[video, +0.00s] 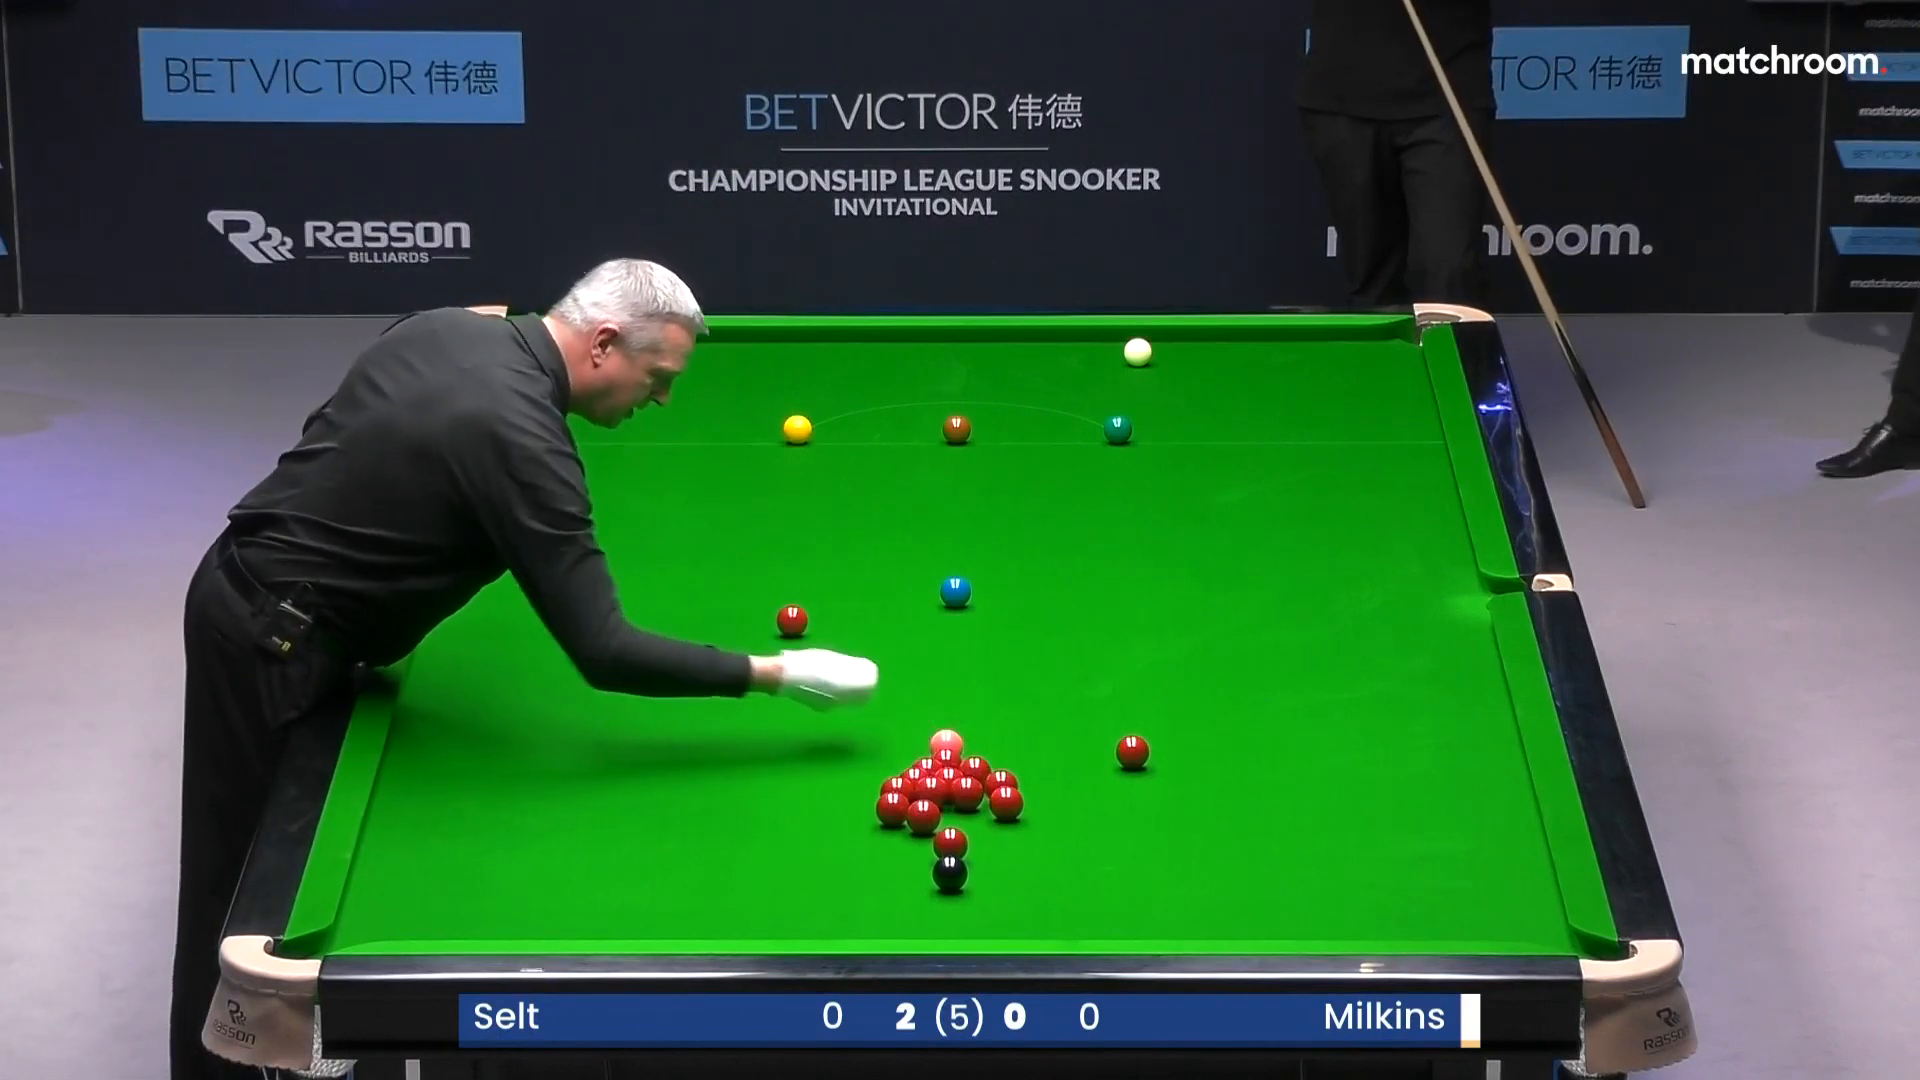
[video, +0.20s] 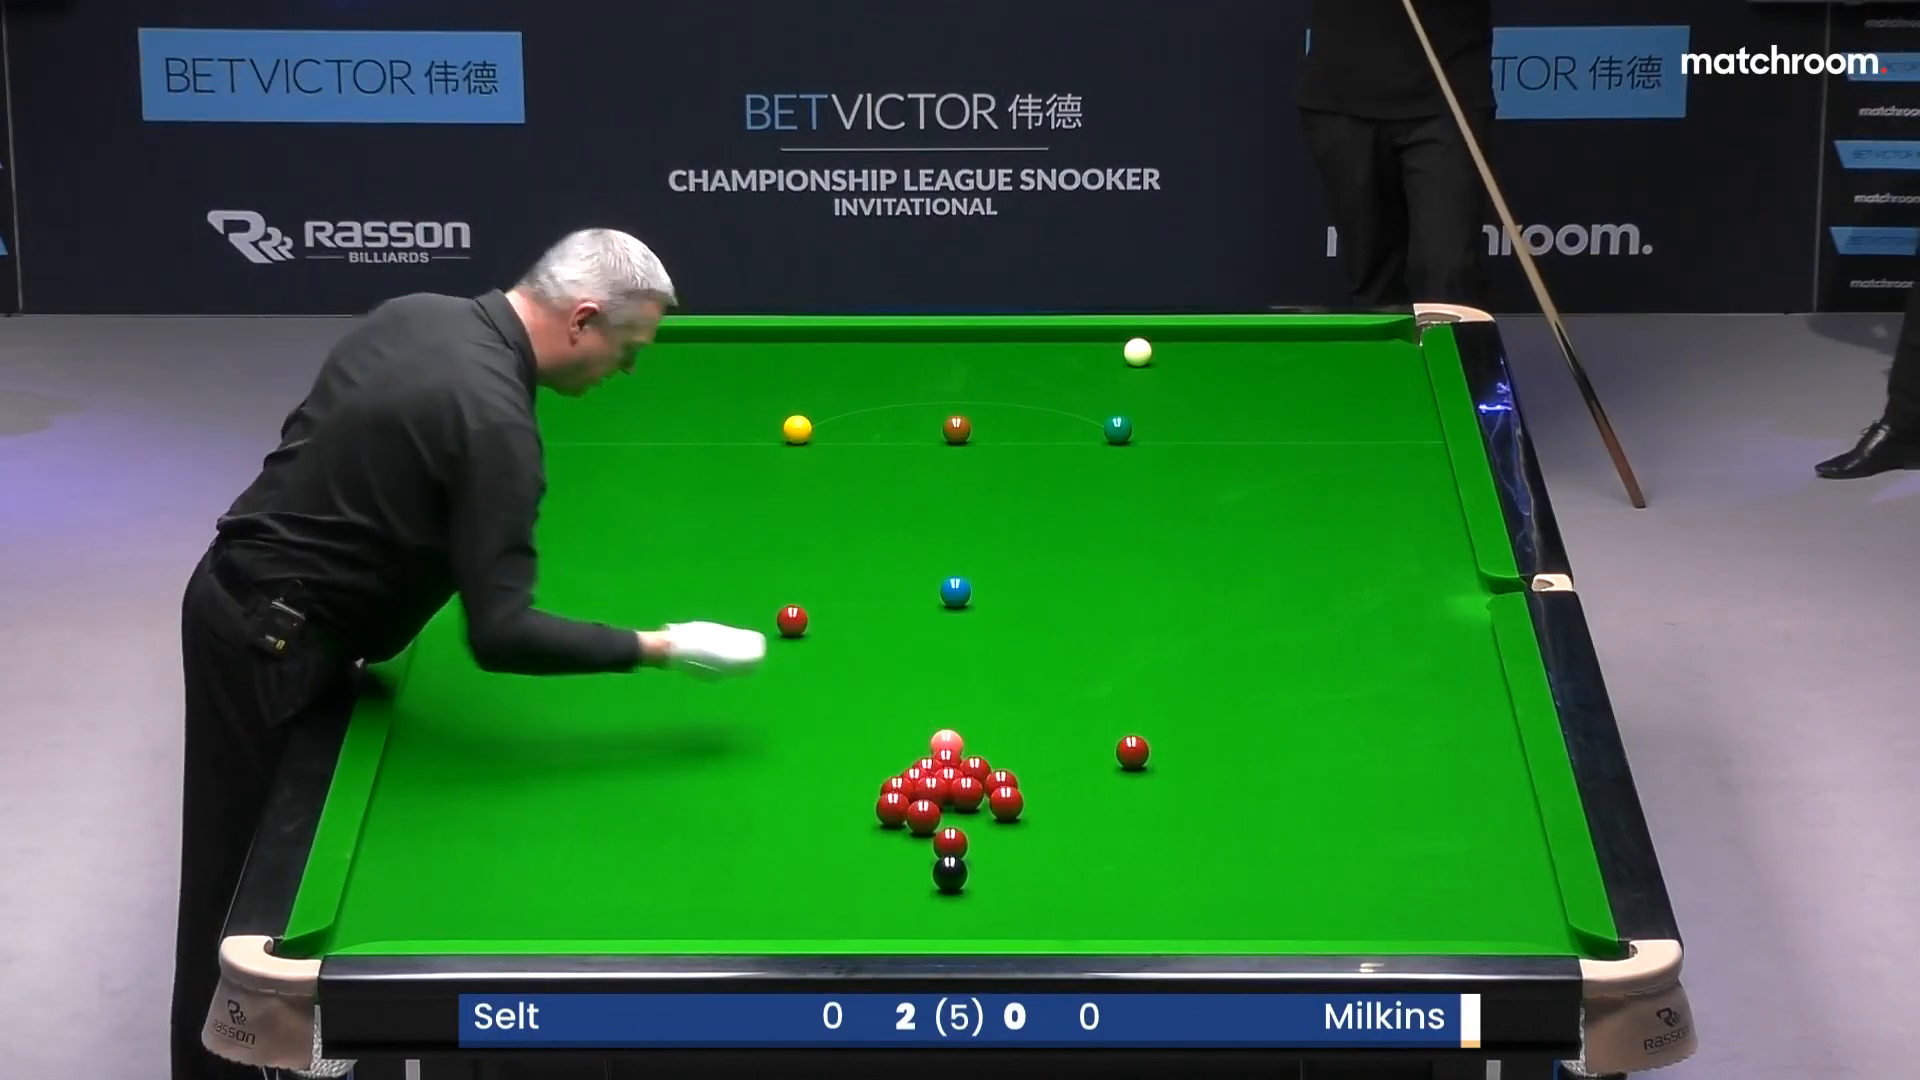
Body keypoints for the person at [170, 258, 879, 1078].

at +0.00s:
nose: (659, 398)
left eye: (670, 382)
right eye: (660, 376)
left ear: (587, 323)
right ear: (600, 338)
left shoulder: (449, 329)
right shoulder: (522, 433)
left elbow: (326, 444)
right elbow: (606, 652)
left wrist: (365, 619)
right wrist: (771, 668)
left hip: (246, 589)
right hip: (277, 634)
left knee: (244, 873)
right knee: (246, 884)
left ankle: (224, 1055)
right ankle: (218, 1063)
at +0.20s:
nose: (622, 369)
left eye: (632, 353)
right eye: (627, 349)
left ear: (565, 307)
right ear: (583, 317)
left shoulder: (415, 314)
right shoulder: (497, 422)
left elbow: (302, 445)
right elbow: (501, 635)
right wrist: (658, 644)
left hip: (234, 597)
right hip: (278, 640)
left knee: (234, 876)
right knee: (247, 890)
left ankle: (224, 1055)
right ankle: (216, 1061)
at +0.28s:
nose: (587, 356)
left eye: (600, 340)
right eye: (599, 338)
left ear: (521, 272)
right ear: (570, 307)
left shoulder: (391, 306)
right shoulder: (472, 410)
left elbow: (298, 445)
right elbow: (447, 612)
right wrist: (593, 630)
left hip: (225, 598)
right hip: (270, 638)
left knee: (236, 869)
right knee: (248, 883)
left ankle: (217, 1050)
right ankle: (214, 1057)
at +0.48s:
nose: (526, 307)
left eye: (533, 291)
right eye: (534, 292)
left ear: (452, 228)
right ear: (514, 282)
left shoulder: (329, 286)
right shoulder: (406, 369)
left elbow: (264, 448)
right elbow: (337, 556)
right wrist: (463, 596)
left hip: (207, 603)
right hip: (258, 635)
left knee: (225, 856)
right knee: (246, 867)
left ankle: (212, 1051)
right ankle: (217, 1059)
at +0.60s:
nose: (486, 298)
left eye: (497, 282)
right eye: (495, 280)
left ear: (411, 220)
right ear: (472, 263)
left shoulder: (298, 281)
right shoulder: (371, 349)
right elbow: (304, 540)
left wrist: (440, 317)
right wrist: (417, 584)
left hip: (194, 608)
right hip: (245, 634)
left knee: (217, 856)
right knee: (242, 866)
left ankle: (208, 1052)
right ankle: (215, 1060)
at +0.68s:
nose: (460, 296)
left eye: (473, 279)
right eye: (470, 277)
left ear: (391, 221)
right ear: (441, 250)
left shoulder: (280, 278)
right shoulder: (347, 343)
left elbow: (268, 430)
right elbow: (291, 535)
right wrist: (402, 580)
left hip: (183, 608)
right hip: (231, 633)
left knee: (212, 854)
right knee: (234, 865)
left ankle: (207, 1053)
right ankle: (212, 1061)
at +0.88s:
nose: (401, 296)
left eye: (415, 280)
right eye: (409, 274)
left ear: (354, 224)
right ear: (366, 235)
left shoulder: (230, 279)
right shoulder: (280, 337)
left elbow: (223, 444)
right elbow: (241, 535)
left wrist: (333, 498)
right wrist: (359, 574)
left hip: (156, 615)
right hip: (190, 639)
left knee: (205, 874)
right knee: (207, 892)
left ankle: (153, 1058)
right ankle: (140, 1066)